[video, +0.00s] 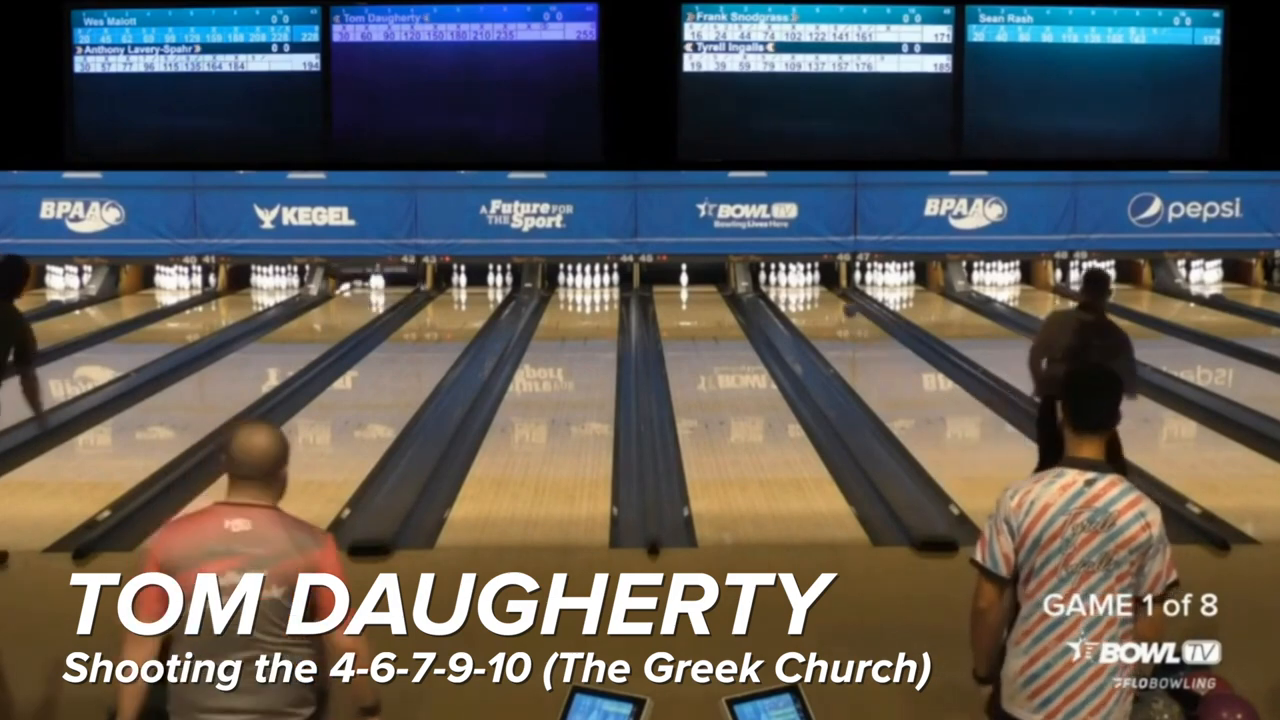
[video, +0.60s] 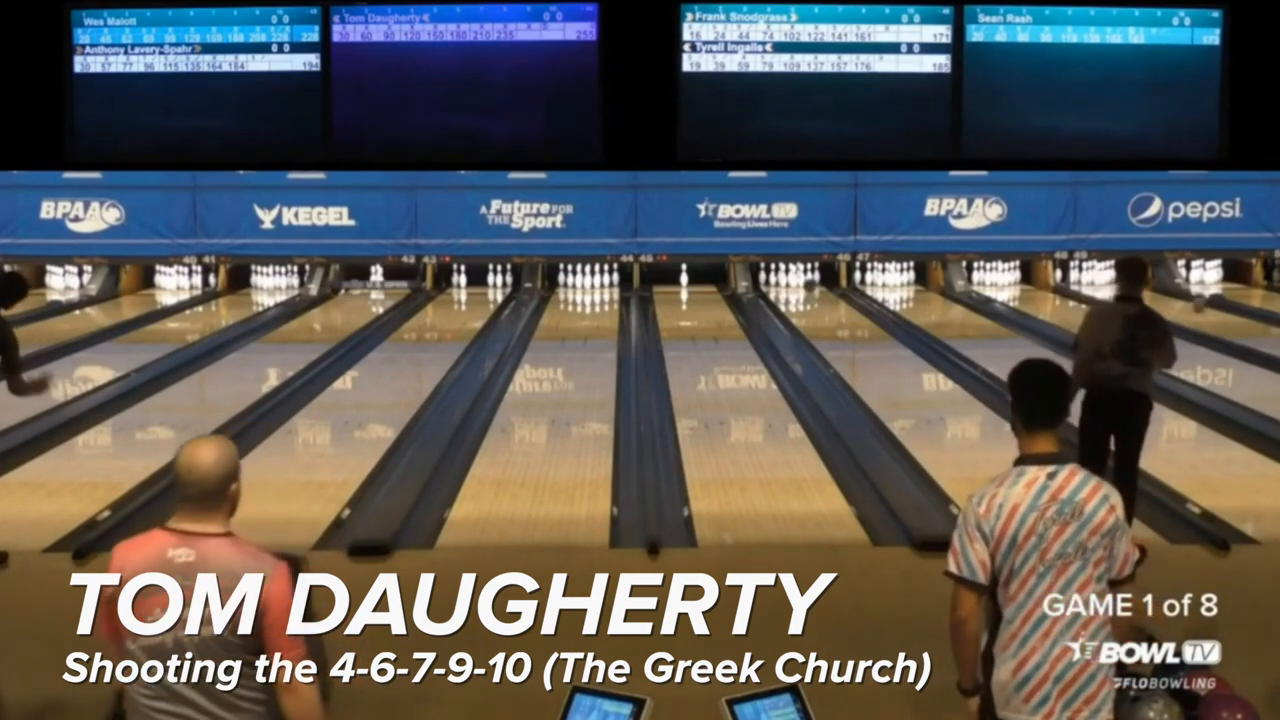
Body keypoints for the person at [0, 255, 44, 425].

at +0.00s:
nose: (23, 287)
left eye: (23, 281)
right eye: (22, 281)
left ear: (3, 278)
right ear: (19, 284)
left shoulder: (17, 324)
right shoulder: (16, 324)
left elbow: (27, 375)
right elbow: (27, 376)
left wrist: (40, 415)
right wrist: (41, 416)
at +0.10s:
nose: (28, 289)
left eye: (29, 284)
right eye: (27, 284)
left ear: (5, 278)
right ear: (18, 284)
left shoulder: (13, 319)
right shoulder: (13, 320)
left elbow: (35, 371)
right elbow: (35, 371)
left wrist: (56, 410)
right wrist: (57, 411)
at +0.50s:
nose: (23, 301)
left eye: (25, 297)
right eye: (23, 296)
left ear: (6, 285)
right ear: (16, 296)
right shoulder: (6, 329)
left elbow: (19, 382)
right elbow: (19, 382)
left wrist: (38, 397)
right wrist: (40, 397)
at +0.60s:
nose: (17, 302)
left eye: (19, 298)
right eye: (17, 297)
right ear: (11, 296)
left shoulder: (5, 330)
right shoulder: (4, 331)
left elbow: (15, 386)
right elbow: (16, 386)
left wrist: (36, 385)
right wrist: (38, 386)